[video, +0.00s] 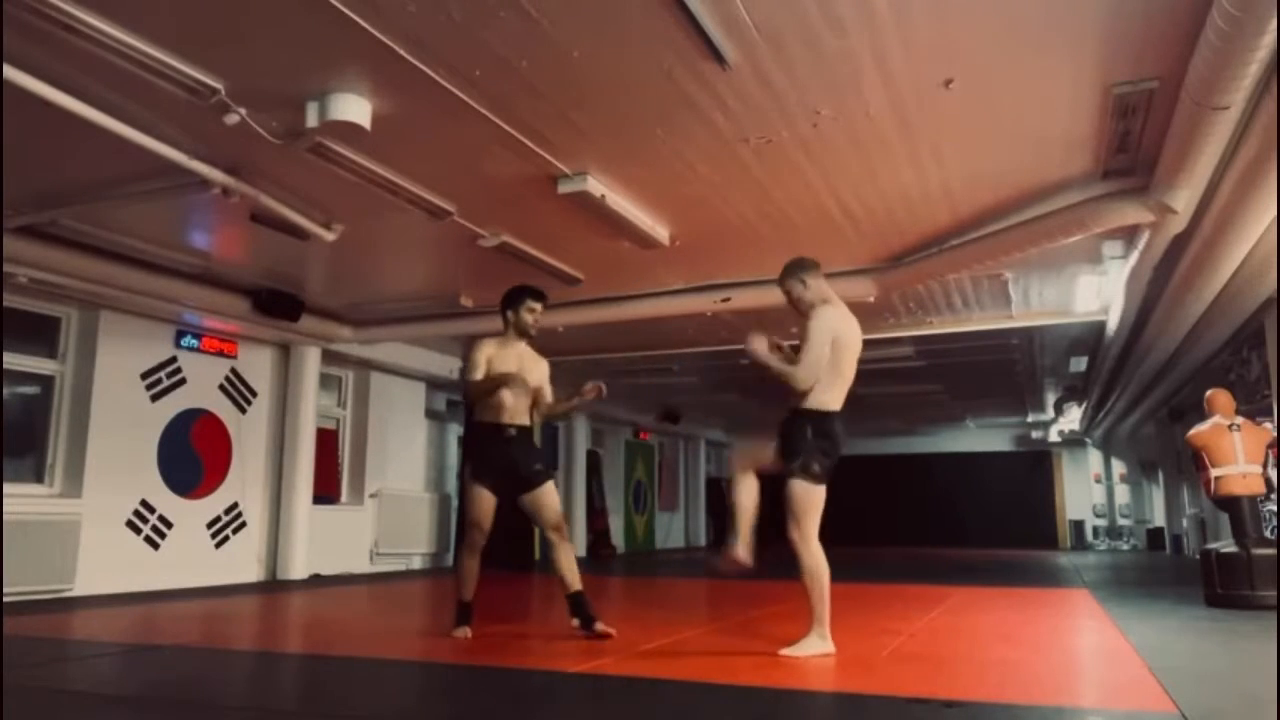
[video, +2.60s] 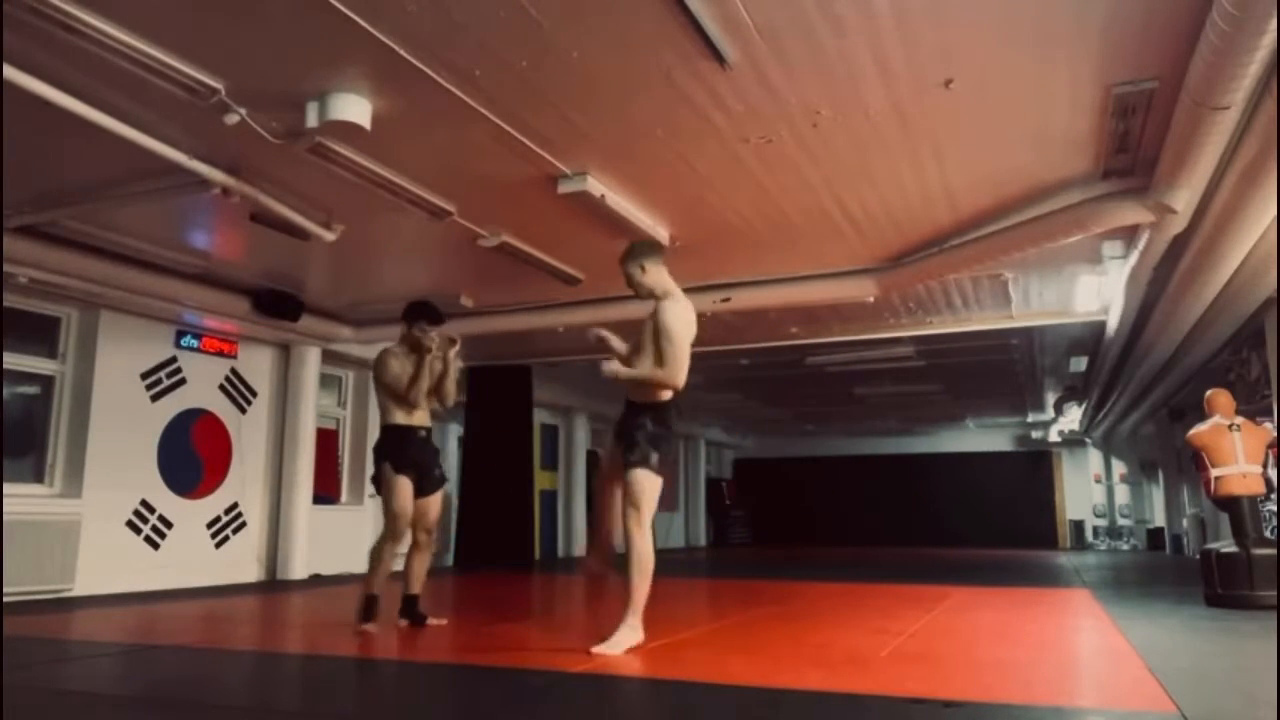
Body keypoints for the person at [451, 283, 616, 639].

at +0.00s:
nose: (536, 319)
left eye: (539, 314)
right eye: (531, 312)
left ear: (538, 318)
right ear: (510, 312)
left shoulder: (539, 362)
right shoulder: (485, 348)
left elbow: (545, 409)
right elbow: (471, 393)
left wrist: (578, 399)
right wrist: (501, 380)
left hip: (525, 447)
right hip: (486, 444)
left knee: (556, 527)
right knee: (476, 532)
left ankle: (582, 612)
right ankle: (463, 617)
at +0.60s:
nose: (544, 323)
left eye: (548, 318)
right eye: (538, 315)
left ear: (548, 322)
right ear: (518, 315)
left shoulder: (539, 357)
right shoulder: (503, 348)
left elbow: (564, 399)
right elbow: (517, 386)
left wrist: (576, 360)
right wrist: (540, 345)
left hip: (532, 445)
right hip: (499, 443)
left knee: (555, 528)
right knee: (486, 530)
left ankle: (558, 613)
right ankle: (462, 615)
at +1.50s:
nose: (512, 334)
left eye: (516, 329)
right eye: (508, 325)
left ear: (515, 331)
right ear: (487, 319)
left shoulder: (507, 361)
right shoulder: (459, 347)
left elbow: (529, 406)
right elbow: (468, 390)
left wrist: (553, 377)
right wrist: (504, 352)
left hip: (492, 447)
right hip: (459, 446)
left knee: (523, 534)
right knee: (458, 536)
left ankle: (550, 612)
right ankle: (419, 620)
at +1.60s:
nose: (498, 326)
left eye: (502, 320)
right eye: (493, 317)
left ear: (502, 323)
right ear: (474, 313)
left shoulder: (494, 356)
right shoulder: (448, 344)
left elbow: (517, 403)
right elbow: (457, 383)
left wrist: (540, 372)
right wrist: (489, 347)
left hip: (481, 443)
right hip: (449, 441)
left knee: (507, 531)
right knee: (451, 532)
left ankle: (524, 608)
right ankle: (418, 620)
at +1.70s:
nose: (490, 323)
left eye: (494, 317)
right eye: (486, 314)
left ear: (495, 321)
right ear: (465, 310)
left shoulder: (487, 354)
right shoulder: (440, 343)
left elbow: (506, 400)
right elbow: (443, 388)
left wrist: (528, 367)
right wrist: (480, 348)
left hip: (474, 441)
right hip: (441, 440)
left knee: (494, 529)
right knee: (449, 530)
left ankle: (489, 607)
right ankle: (419, 619)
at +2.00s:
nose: (472, 330)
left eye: (477, 325)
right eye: (466, 322)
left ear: (482, 328)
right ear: (449, 319)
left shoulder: (470, 355)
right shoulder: (431, 351)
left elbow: (478, 400)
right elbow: (443, 399)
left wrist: (482, 356)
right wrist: (469, 358)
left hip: (457, 446)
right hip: (428, 445)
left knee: (467, 533)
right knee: (444, 531)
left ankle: (442, 604)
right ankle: (417, 619)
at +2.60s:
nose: (430, 337)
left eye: (433, 332)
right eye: (424, 330)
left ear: (435, 333)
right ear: (408, 327)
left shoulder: (431, 359)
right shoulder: (388, 358)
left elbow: (447, 399)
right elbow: (411, 398)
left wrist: (450, 360)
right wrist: (426, 356)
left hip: (425, 445)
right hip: (396, 443)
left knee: (426, 532)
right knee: (398, 526)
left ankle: (412, 604)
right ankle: (371, 598)